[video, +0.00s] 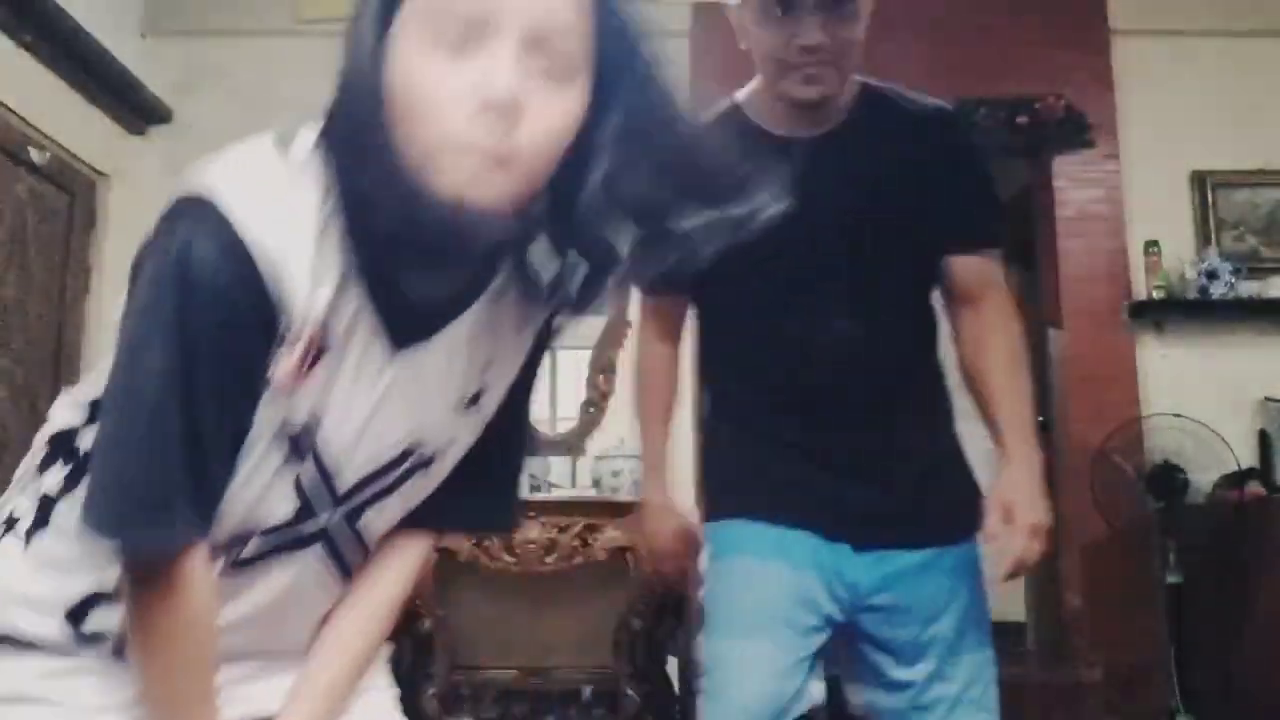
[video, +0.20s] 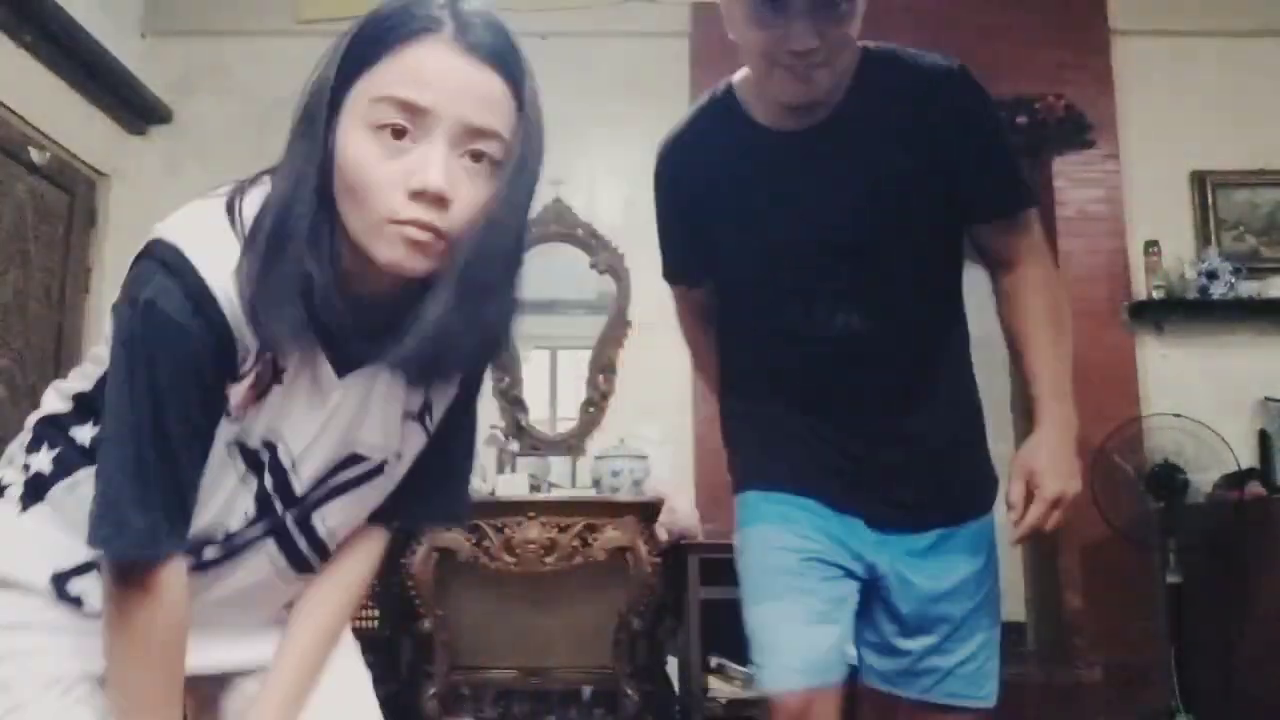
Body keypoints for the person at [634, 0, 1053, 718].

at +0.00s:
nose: (812, 36)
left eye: (836, 12)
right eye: (783, 13)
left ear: (868, 16)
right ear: (739, 22)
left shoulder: (929, 139)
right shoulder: (698, 159)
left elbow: (980, 297)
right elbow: (661, 324)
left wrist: (1021, 460)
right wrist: (656, 490)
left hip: (922, 518)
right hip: (762, 520)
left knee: (949, 708)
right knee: (743, 708)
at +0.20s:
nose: (803, 38)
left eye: (828, 9)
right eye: (771, 12)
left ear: (860, 9)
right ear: (724, 16)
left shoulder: (940, 102)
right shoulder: (693, 159)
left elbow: (1022, 257)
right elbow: (701, 321)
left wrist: (1055, 427)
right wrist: (766, 426)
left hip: (940, 480)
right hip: (787, 481)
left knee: (945, 707)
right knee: (801, 702)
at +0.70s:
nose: (778, 126)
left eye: (820, 84)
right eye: (745, 80)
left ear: (872, 72)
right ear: (691, 64)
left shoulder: (962, 156)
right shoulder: (641, 167)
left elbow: (1050, 340)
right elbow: (673, 329)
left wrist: (1050, 540)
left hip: (888, 487)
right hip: (720, 490)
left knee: (874, 706)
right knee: (733, 708)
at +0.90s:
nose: (780, 149)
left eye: (836, 97)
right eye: (742, 92)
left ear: (896, 81)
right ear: (679, 70)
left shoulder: (993, 175)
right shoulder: (611, 174)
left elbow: (1078, 397)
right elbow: (638, 356)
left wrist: (1073, 619)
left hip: (893, 569)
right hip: (683, 574)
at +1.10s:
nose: (753, 185)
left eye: (821, 117)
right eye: (701, 113)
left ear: (895, 101)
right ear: (627, 88)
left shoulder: (1005, 205)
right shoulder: (554, 201)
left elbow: (1096, 445)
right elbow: (600, 392)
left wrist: (1097, 664)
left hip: (886, 593)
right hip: (617, 568)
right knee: (472, 709)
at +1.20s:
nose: (727, 239)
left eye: (798, 162)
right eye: (674, 157)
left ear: (880, 149)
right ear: (596, 131)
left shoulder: (995, 245)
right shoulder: (525, 240)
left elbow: (1095, 497)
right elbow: (475, 425)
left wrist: (1102, 679)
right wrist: (416, 614)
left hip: (872, 624)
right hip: (583, 601)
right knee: (381, 710)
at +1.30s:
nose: (698, 340)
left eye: (769, 265)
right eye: (641, 264)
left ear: (852, 246)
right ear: (552, 244)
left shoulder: (988, 369)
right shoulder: (480, 347)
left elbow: (1105, 626)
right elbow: (459, 498)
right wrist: (423, 632)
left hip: (851, 691)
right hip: (561, 685)